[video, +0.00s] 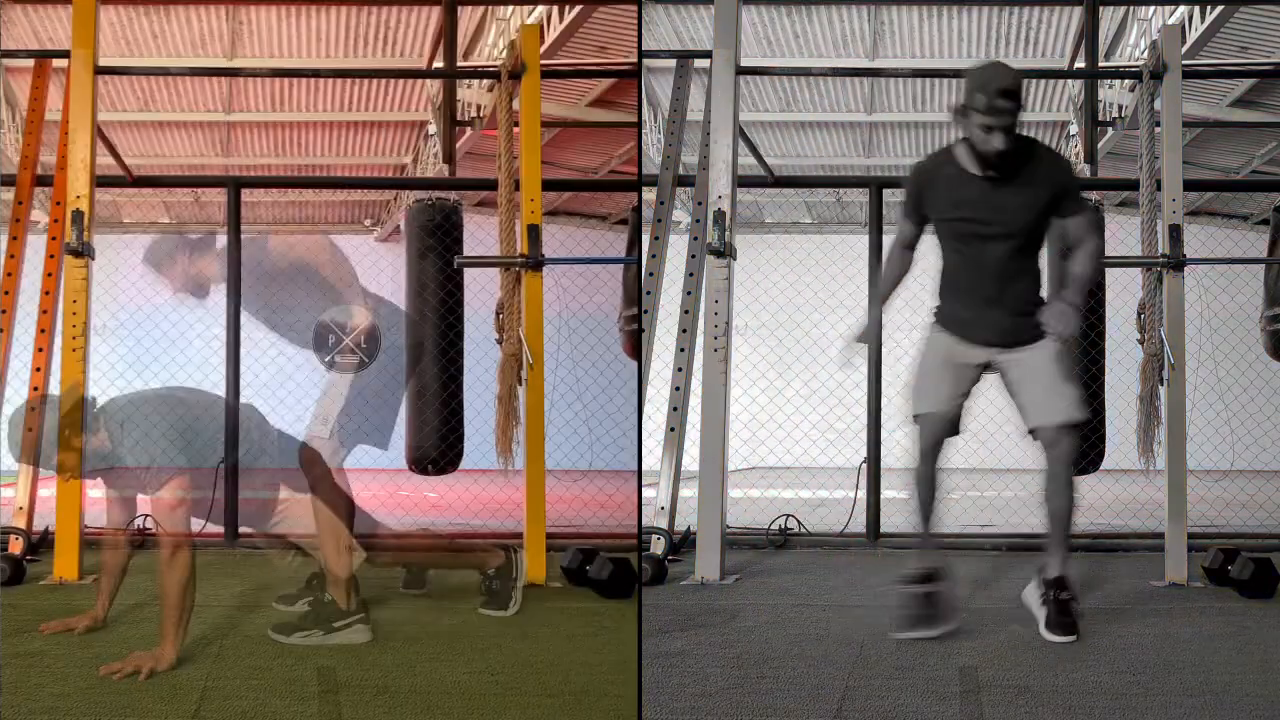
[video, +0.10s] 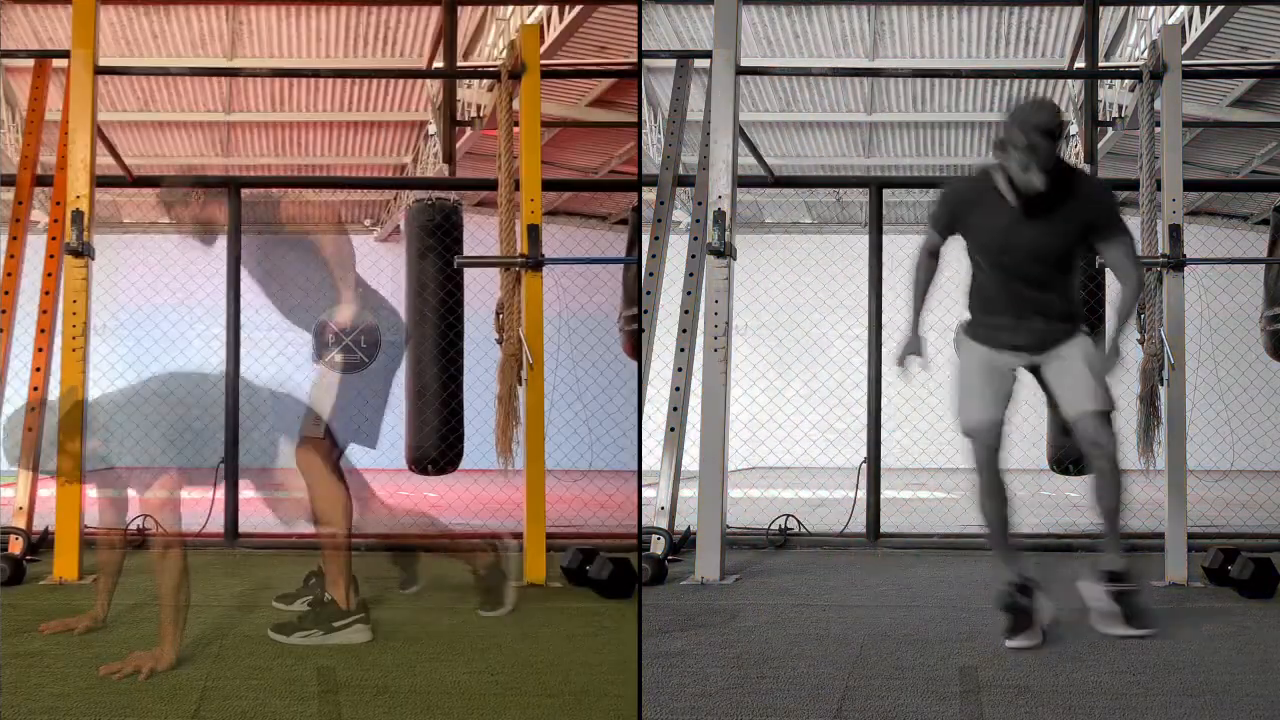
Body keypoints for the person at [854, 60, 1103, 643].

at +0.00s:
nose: (1000, 142)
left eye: (1009, 129)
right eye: (987, 129)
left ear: (1020, 121)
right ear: (962, 119)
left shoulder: (1047, 168)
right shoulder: (932, 174)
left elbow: (1088, 239)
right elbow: (902, 245)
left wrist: (1069, 299)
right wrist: (873, 314)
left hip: (1029, 332)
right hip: (955, 331)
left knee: (1062, 442)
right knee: (929, 439)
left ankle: (1054, 581)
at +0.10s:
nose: (1038, 175)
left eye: (1045, 164)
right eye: (1027, 164)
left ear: (1058, 153)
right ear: (1002, 148)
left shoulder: (1085, 195)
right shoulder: (966, 195)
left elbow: (1132, 277)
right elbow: (930, 251)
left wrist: (1109, 346)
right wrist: (914, 327)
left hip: (1063, 339)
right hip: (988, 340)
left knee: (1098, 438)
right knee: (984, 454)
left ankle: (1114, 571)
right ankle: (1016, 585)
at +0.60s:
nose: (1133, 400)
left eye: (1143, 395)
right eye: (1127, 388)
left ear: (1165, 386)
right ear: (1110, 365)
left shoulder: (1186, 405)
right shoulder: (1069, 347)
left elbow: (1203, 502)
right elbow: (1017, 340)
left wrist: (1213, 613)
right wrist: (1003, 395)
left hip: (1160, 400)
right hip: (1071, 385)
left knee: (1207, 484)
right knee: (1045, 466)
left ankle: (1229, 587)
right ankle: (1037, 595)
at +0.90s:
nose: (1018, 168)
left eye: (1030, 159)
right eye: (1012, 154)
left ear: (1059, 153)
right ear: (1004, 143)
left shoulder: (1096, 199)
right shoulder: (974, 191)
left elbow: (1138, 281)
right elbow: (939, 249)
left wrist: (1158, 366)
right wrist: (923, 323)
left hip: (1070, 337)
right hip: (997, 338)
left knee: (1109, 449)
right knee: (1009, 458)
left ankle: (1134, 578)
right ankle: (1025, 591)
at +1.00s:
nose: (986, 138)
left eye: (998, 127)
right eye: (979, 126)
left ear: (1023, 120)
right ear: (968, 118)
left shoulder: (1065, 169)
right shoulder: (943, 168)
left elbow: (1109, 248)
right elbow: (916, 237)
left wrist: (1135, 331)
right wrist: (892, 310)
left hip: (1045, 326)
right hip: (967, 325)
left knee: (1068, 442)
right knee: (965, 439)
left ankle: (1070, 577)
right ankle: (975, 564)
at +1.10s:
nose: (951, 127)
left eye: (962, 117)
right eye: (944, 116)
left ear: (988, 117)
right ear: (934, 118)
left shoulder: (1028, 173)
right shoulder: (920, 176)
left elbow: (1079, 241)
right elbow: (886, 253)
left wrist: (1102, 321)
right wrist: (858, 326)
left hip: (1011, 342)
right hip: (939, 340)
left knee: (1031, 469)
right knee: (904, 455)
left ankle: (1042, 595)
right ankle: (890, 567)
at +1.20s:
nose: (922, 127)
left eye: (932, 116)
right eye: (913, 116)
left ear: (951, 118)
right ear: (901, 120)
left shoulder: (986, 177)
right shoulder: (878, 182)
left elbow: (1035, 252)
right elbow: (853, 262)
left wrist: (1067, 330)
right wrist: (829, 330)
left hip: (969, 353)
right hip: (894, 351)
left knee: (1008, 475)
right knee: (849, 468)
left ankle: (1039, 598)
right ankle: (824, 582)